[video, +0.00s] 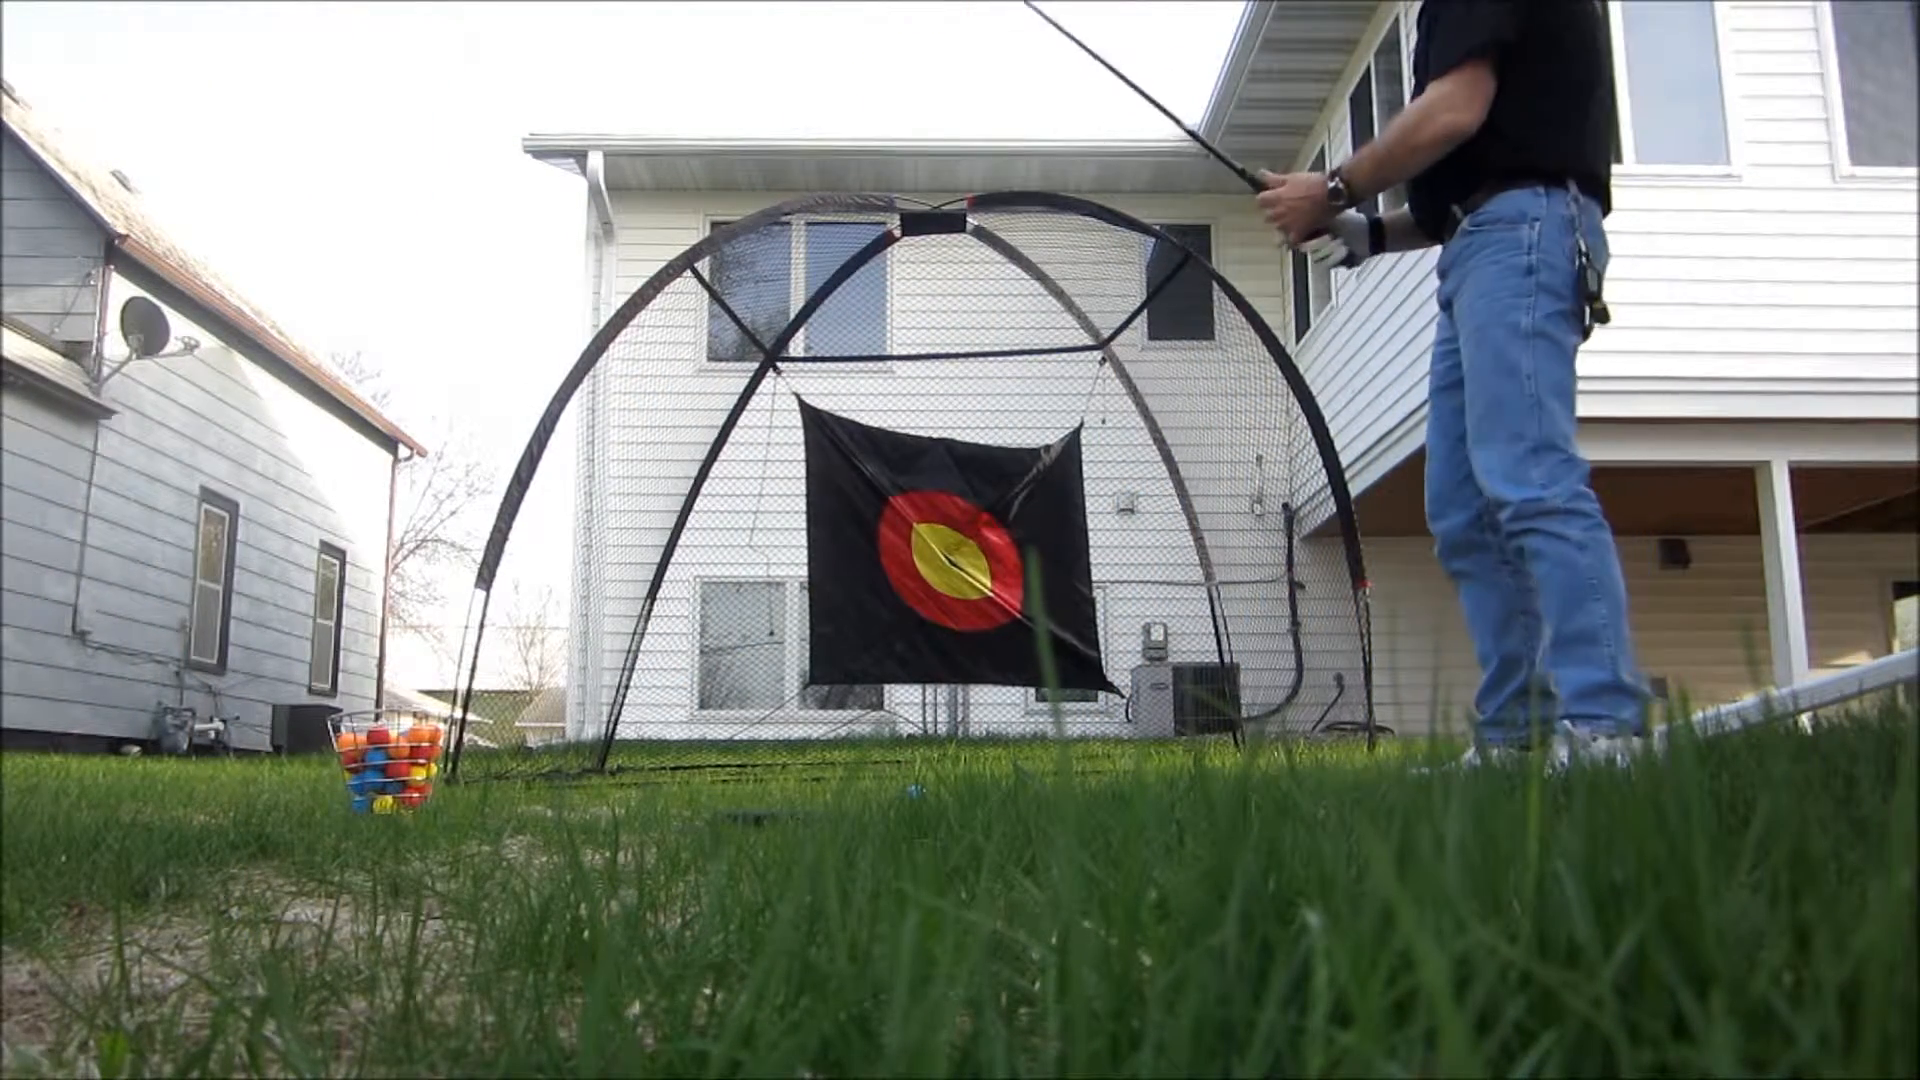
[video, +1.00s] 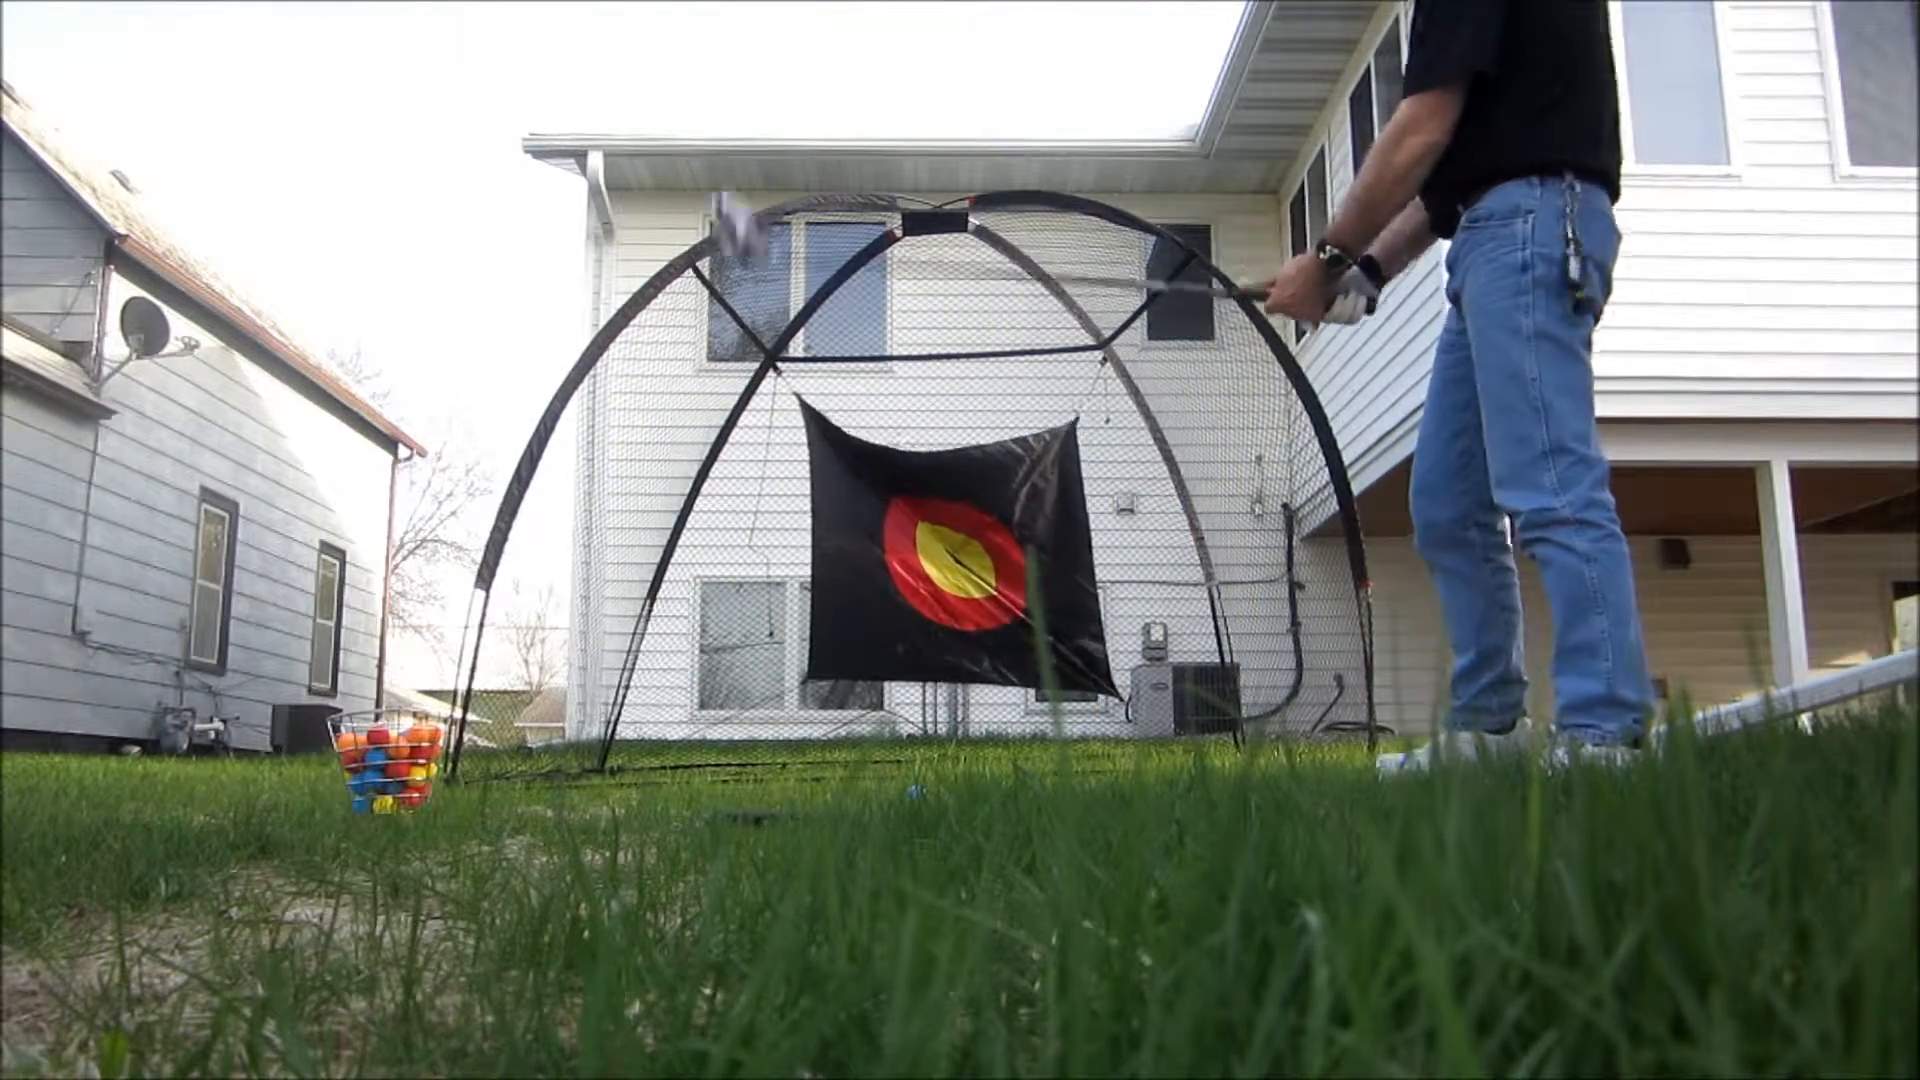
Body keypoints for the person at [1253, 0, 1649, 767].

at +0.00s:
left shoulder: (1487, 1)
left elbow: (1455, 108)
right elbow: (1467, 200)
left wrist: (1333, 189)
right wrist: (1356, 231)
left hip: (1523, 220)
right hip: (1472, 243)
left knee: (1533, 481)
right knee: (1464, 511)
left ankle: (1605, 725)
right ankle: (1518, 735)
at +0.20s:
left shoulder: (1481, 1)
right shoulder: (1441, 30)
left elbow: (1443, 119)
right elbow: (1447, 203)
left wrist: (1324, 207)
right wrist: (1343, 250)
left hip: (1526, 218)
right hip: (1469, 249)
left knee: (1503, 463)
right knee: (1464, 500)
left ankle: (1591, 712)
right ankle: (1513, 732)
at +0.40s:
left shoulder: (1471, 1)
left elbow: (1419, 125)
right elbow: (1447, 198)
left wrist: (1309, 229)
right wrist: (1334, 263)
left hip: (1518, 224)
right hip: (1468, 247)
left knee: (1522, 491)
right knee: (1461, 513)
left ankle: (1600, 728)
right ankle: (1509, 739)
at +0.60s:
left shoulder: (1468, 1)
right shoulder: (1519, 27)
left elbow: (1422, 119)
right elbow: (1460, 176)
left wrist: (1313, 225)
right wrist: (1346, 254)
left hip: (1520, 214)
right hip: (1485, 232)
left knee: (1546, 493)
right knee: (1452, 509)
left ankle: (1604, 735)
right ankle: (1508, 730)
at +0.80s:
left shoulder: (1469, 2)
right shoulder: (1525, 24)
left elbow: (1428, 119)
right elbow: (1468, 164)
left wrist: (1320, 227)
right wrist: (1355, 256)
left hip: (1530, 215)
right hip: (1497, 228)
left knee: (1557, 493)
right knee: (1439, 492)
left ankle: (1605, 735)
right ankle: (1498, 721)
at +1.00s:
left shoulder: (1468, 4)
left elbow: (1424, 125)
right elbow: (1465, 167)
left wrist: (1327, 257)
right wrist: (1366, 270)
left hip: (1530, 214)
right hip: (1489, 230)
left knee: (1555, 494)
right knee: (1449, 503)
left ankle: (1605, 733)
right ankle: (1487, 728)